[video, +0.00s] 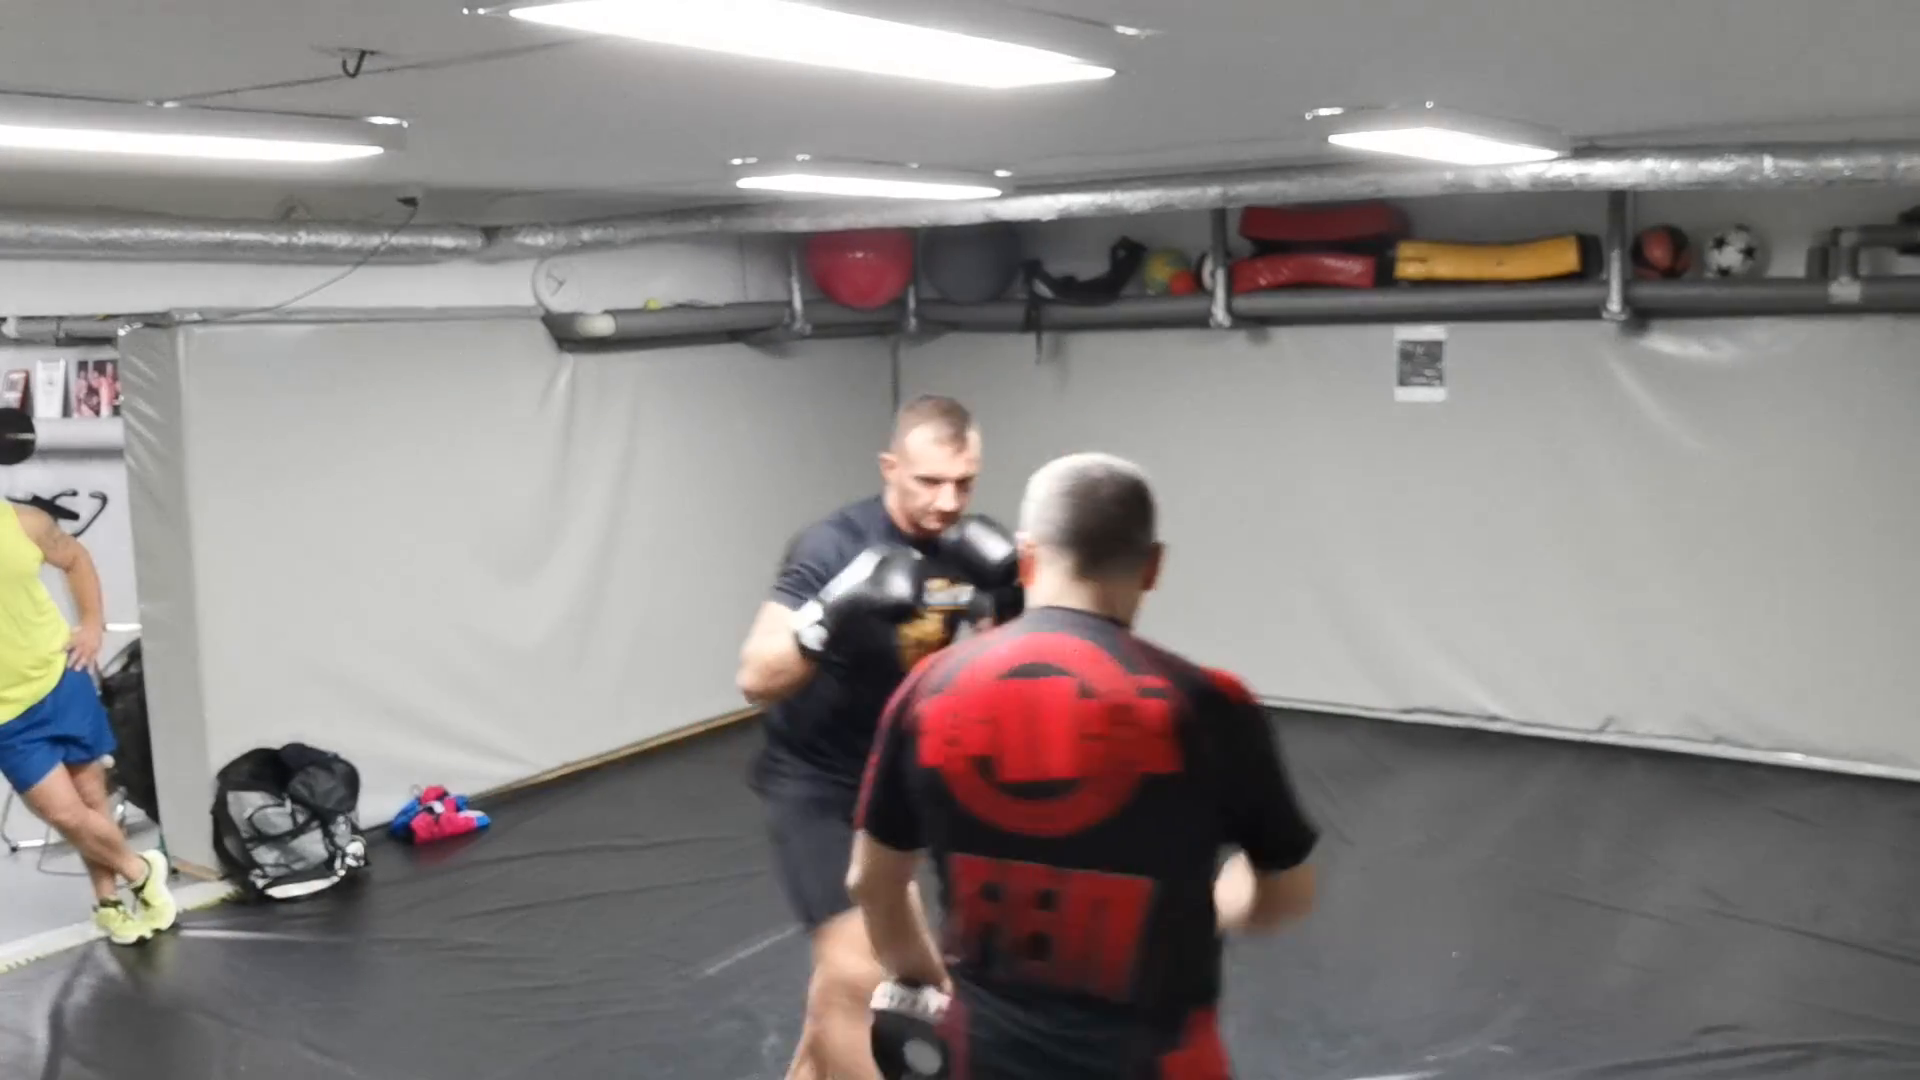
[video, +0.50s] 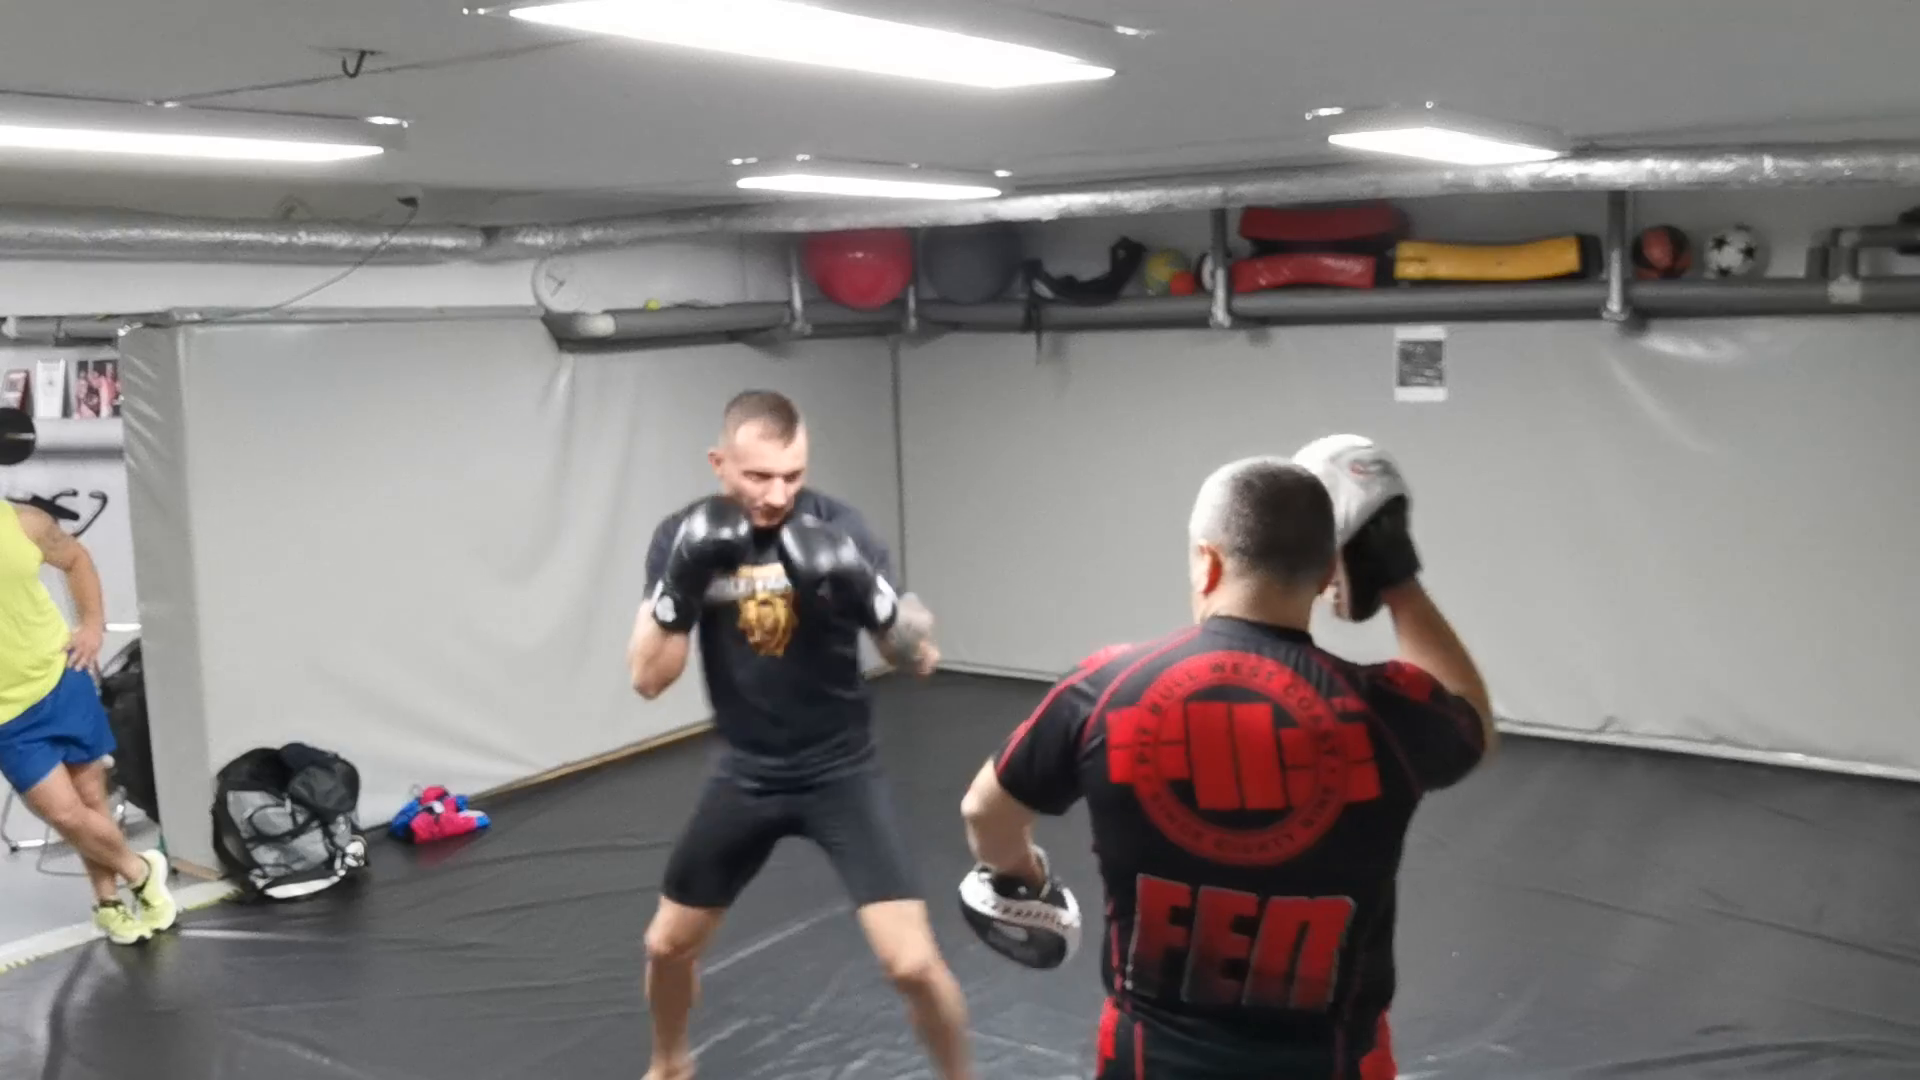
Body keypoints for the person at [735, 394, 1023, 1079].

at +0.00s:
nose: (947, 501)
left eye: (962, 483)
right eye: (929, 482)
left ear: (978, 473)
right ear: (889, 466)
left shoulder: (989, 552)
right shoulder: (835, 544)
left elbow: (1021, 671)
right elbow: (756, 678)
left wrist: (1009, 587)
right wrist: (833, 616)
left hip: (920, 778)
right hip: (818, 778)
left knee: (846, 969)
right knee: (858, 969)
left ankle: (811, 1065)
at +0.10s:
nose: (900, 487)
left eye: (916, 471)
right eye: (884, 467)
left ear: (930, 461)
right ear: (845, 451)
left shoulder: (928, 534)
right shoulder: (786, 524)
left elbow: (975, 672)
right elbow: (727, 659)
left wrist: (966, 603)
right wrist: (792, 587)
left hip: (855, 760)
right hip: (767, 757)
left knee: (838, 933)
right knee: (758, 959)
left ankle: (811, 1064)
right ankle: (752, 1072)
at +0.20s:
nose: (847, 478)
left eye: (861, 462)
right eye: (830, 460)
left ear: (876, 453)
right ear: (789, 444)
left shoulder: (889, 523)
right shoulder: (736, 515)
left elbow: (935, 653)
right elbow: (690, 653)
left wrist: (932, 618)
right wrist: (746, 572)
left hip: (837, 765)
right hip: (742, 760)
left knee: (843, 949)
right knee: (681, 956)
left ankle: (807, 1064)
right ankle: (667, 1063)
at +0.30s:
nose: (793, 504)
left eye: (808, 487)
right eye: (776, 485)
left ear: (822, 475)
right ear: (736, 468)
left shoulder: (851, 549)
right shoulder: (694, 545)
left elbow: (909, 666)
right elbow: (657, 680)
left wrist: (893, 650)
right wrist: (711, 590)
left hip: (813, 790)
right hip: (714, 787)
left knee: (860, 987)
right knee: (657, 957)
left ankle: (822, 1061)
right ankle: (649, 1068)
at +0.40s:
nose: (767, 517)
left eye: (781, 498)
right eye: (749, 498)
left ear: (796, 484)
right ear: (711, 486)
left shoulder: (831, 557)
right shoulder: (674, 564)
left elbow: (911, 681)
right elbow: (640, 700)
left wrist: (873, 642)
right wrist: (683, 606)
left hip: (814, 798)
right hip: (711, 799)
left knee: (874, 988)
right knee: (664, 955)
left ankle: (875, 1065)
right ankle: (650, 1068)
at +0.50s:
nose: (776, 495)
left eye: (790, 476)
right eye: (758, 476)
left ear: (807, 462)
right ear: (720, 463)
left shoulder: (838, 529)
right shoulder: (685, 536)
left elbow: (921, 659)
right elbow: (649, 680)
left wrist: (866, 592)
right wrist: (684, 581)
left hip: (842, 768)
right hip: (746, 773)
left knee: (912, 964)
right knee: (666, 947)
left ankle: (959, 1072)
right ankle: (668, 1065)